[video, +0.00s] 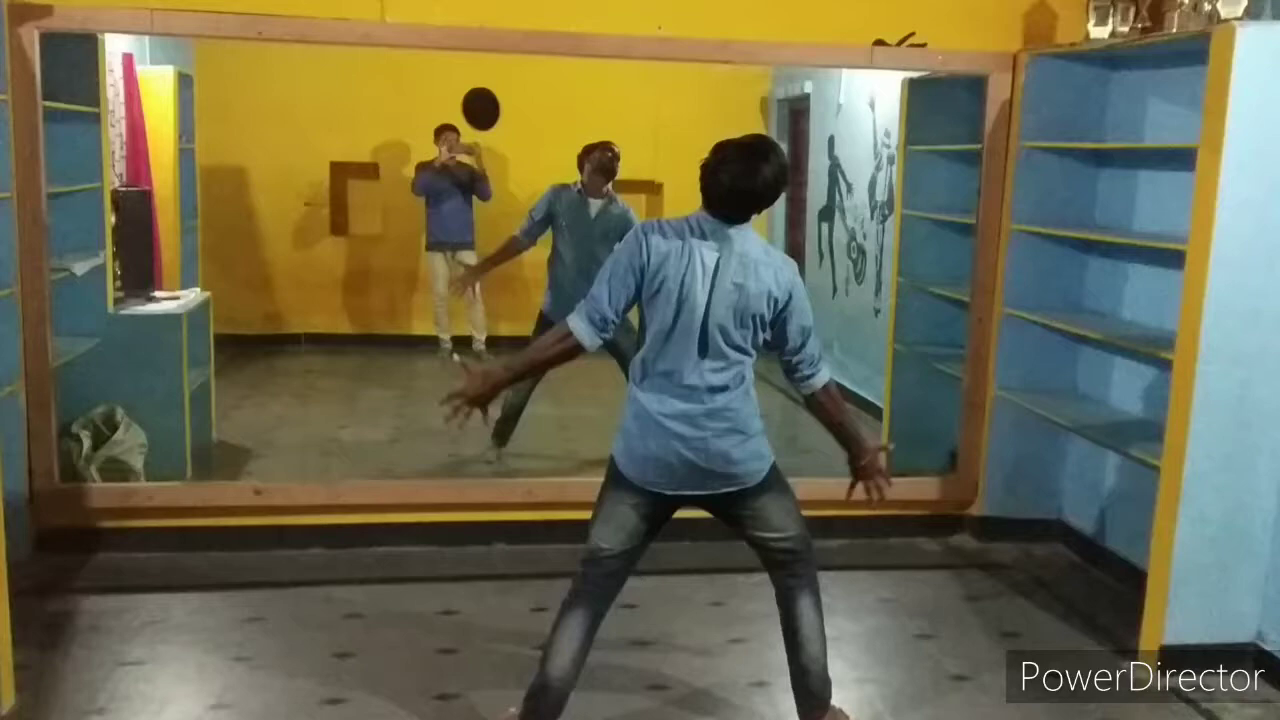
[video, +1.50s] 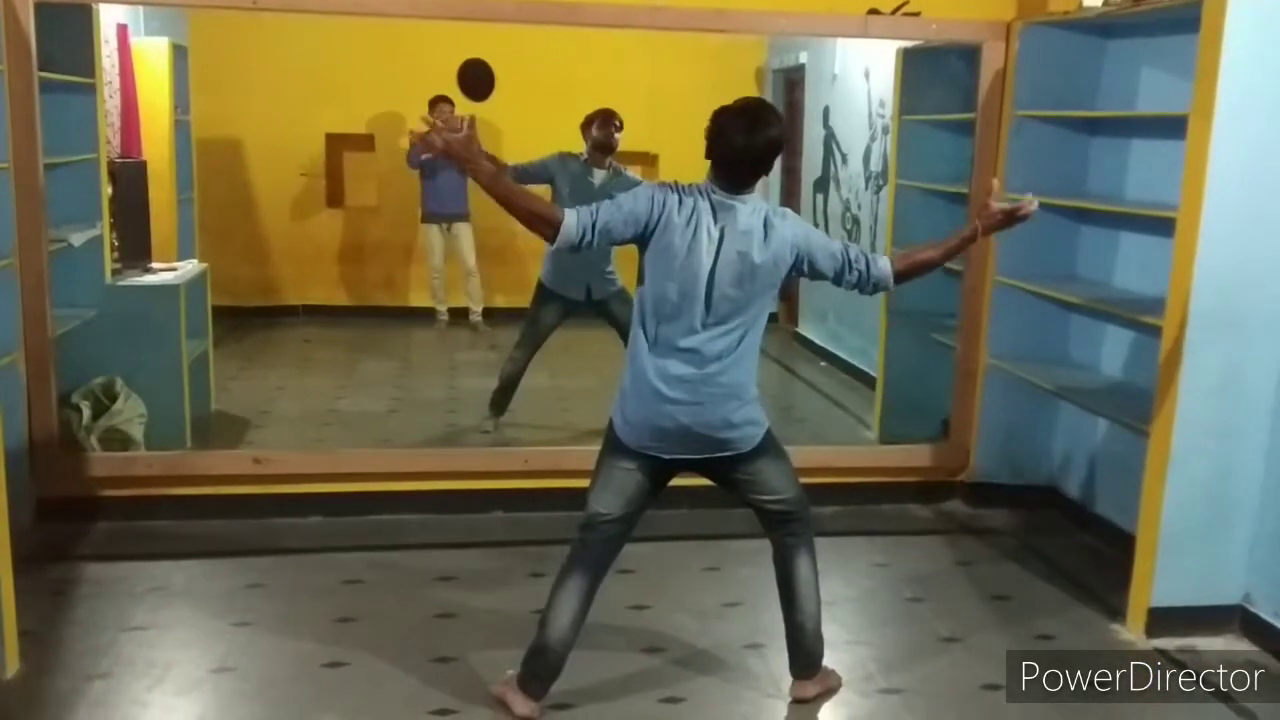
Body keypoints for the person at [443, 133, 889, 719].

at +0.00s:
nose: (701, 164)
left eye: (708, 160)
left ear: (706, 178)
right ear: (764, 203)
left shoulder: (648, 243)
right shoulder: (777, 273)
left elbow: (581, 331)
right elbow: (809, 374)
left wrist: (498, 376)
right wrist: (859, 446)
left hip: (645, 452)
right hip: (735, 456)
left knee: (592, 587)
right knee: (796, 574)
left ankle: (537, 710)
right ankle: (817, 709)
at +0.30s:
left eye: (718, 177)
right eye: (776, 195)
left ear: (713, 186)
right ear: (773, 211)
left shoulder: (661, 237)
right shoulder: (784, 273)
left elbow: (579, 311)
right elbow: (838, 368)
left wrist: (473, 331)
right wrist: (914, 415)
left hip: (646, 446)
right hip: (730, 452)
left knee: (591, 584)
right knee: (795, 569)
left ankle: (536, 711)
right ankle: (817, 709)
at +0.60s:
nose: (782, 189)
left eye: (731, 170)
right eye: (786, 183)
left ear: (718, 183)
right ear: (779, 202)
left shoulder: (669, 224)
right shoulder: (794, 263)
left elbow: (577, 283)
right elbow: (865, 340)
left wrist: (466, 282)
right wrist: (960, 362)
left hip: (648, 436)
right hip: (732, 443)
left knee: (592, 577)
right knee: (801, 559)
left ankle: (532, 710)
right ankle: (817, 704)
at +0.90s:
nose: (791, 182)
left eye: (758, 161)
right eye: (788, 173)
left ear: (718, 172)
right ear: (776, 190)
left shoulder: (668, 211)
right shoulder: (789, 245)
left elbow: (570, 254)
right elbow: (873, 308)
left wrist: (463, 237)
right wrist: (971, 305)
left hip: (645, 421)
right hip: (729, 425)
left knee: (592, 558)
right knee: (795, 536)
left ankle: (530, 699)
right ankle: (811, 686)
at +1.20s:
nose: (784, 168)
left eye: (771, 154)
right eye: (783, 160)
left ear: (713, 156)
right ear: (770, 176)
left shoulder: (660, 206)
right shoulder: (783, 235)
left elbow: (561, 235)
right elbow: (880, 288)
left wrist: (463, 193)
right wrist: (972, 269)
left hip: (643, 416)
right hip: (727, 420)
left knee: (589, 553)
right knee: (792, 532)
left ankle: (527, 696)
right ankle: (807, 679)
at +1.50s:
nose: (770, 157)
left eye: (744, 146)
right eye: (773, 150)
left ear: (708, 150)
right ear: (768, 164)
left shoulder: (659, 205)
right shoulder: (782, 231)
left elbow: (560, 224)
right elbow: (880, 274)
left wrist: (472, 161)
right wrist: (972, 233)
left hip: (642, 417)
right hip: (728, 421)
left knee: (588, 553)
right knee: (792, 530)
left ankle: (527, 692)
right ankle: (808, 677)